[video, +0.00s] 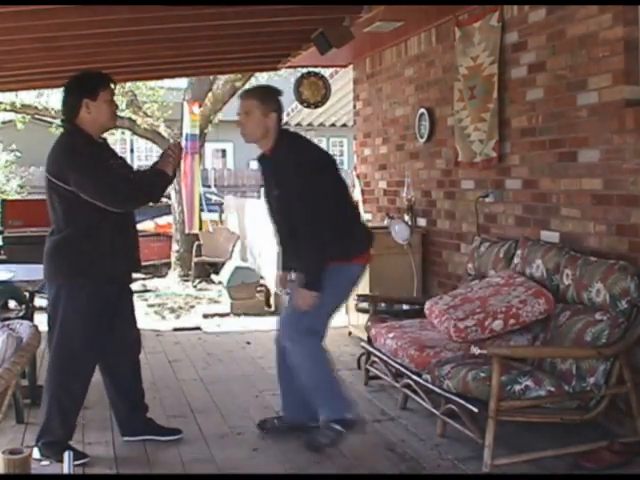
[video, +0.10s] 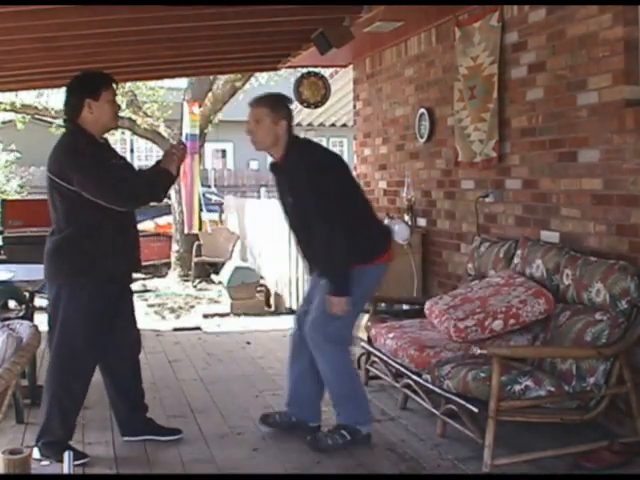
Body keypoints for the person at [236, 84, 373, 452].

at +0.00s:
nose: (239, 122)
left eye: (246, 114)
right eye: (239, 115)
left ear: (271, 117)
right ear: (259, 119)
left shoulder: (301, 156)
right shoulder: (272, 160)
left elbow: (317, 221)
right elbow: (286, 219)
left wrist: (312, 281)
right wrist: (287, 264)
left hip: (342, 256)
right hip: (313, 257)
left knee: (298, 331)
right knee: (289, 332)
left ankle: (339, 415)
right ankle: (298, 415)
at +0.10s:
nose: (249, 130)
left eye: (256, 123)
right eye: (249, 123)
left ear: (281, 125)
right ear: (271, 127)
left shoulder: (313, 161)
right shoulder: (285, 167)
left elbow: (335, 223)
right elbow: (310, 225)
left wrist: (339, 286)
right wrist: (323, 272)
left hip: (364, 260)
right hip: (335, 258)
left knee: (324, 333)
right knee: (305, 329)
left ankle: (356, 424)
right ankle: (303, 414)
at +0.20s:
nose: (263, 141)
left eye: (270, 134)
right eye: (263, 134)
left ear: (294, 136)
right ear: (282, 139)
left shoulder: (331, 169)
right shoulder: (297, 177)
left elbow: (358, 229)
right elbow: (327, 232)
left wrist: (367, 293)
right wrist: (342, 275)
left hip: (381, 262)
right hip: (353, 262)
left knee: (336, 331)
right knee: (317, 322)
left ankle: (355, 427)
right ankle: (324, 409)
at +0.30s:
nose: (281, 154)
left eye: (287, 146)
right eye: (281, 146)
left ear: (310, 146)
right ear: (300, 149)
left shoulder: (351, 179)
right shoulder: (312, 187)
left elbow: (381, 236)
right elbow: (345, 240)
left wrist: (393, 298)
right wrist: (355, 280)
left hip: (395, 266)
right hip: (368, 267)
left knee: (345, 328)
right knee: (331, 320)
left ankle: (355, 425)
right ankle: (356, 408)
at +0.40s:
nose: (300, 168)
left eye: (306, 160)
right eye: (299, 161)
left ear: (328, 162)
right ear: (321, 164)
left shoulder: (369, 192)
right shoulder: (330, 201)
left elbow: (410, 245)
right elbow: (362, 251)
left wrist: (424, 314)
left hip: (410, 275)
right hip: (378, 275)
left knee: (356, 327)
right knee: (338, 322)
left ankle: (356, 424)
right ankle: (354, 409)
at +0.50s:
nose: (322, 186)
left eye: (329, 178)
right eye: (322, 179)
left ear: (353, 178)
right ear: (342, 181)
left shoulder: (396, 209)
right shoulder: (351, 214)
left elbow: (430, 260)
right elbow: (380, 260)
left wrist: (447, 314)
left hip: (428, 286)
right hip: (392, 282)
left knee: (368, 326)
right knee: (347, 319)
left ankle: (358, 424)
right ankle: (351, 409)